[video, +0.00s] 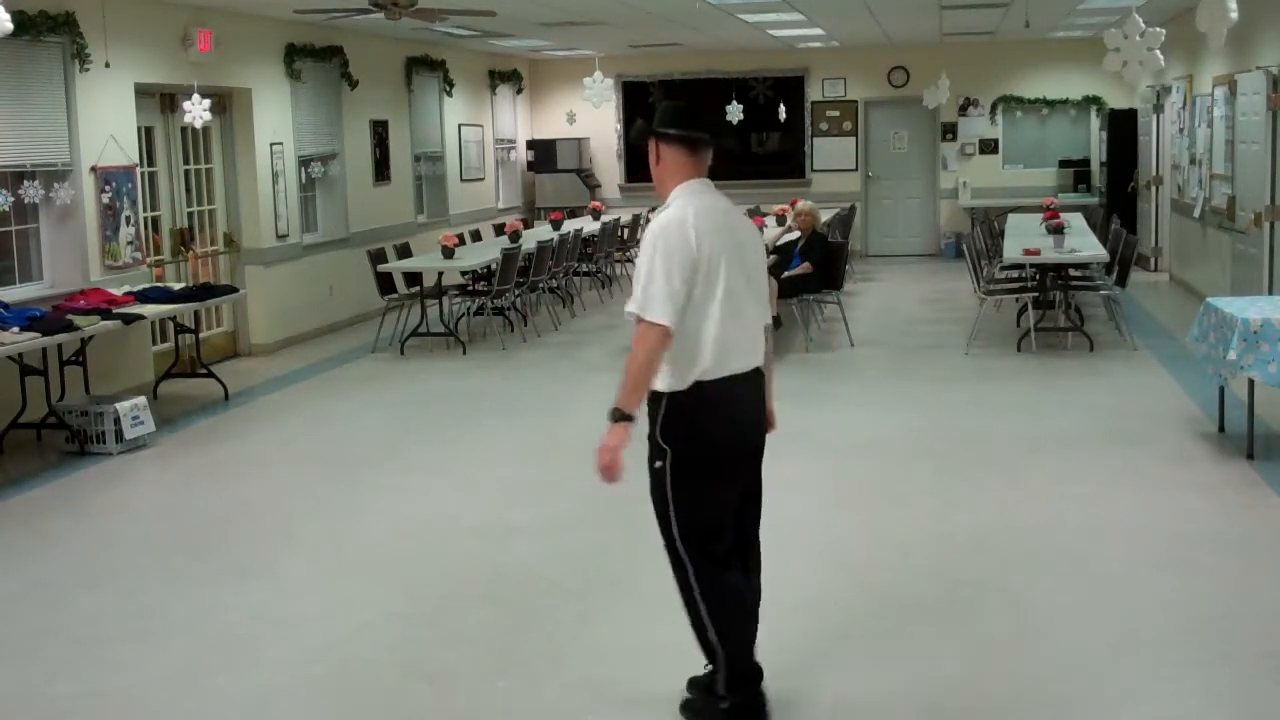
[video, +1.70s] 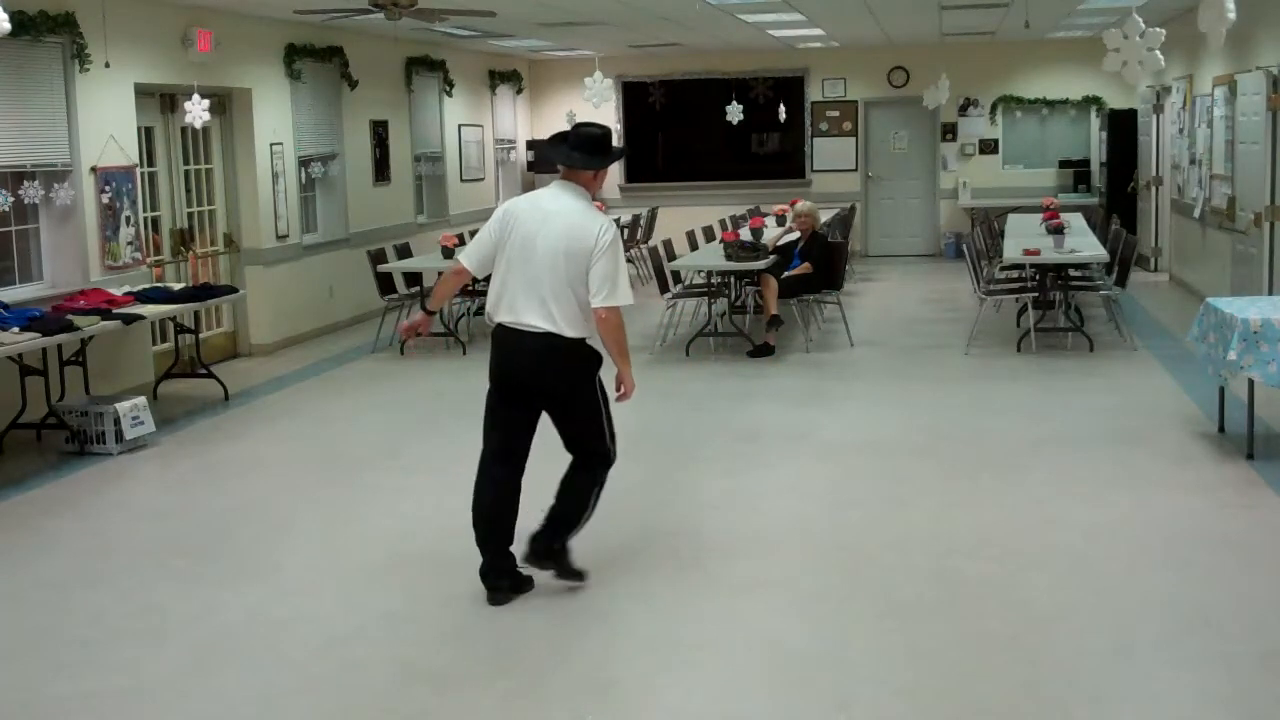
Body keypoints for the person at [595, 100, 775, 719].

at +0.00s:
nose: (650, 165)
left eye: (648, 155)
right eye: (652, 155)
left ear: (656, 154)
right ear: (708, 155)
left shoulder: (671, 226)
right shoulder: (741, 221)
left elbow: (654, 331)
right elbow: (763, 322)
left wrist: (619, 422)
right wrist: (765, 392)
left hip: (688, 406)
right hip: (743, 398)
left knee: (692, 544)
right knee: (737, 536)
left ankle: (737, 688)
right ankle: (733, 668)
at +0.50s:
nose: (644, 168)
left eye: (629, 160)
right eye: (661, 157)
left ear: (623, 163)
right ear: (675, 161)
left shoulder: (596, 234)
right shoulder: (715, 225)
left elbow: (586, 332)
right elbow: (751, 310)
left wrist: (623, 361)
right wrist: (787, 385)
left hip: (630, 394)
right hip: (702, 389)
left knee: (620, 507)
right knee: (695, 510)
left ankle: (667, 626)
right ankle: (679, 639)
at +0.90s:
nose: (646, 183)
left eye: (643, 177)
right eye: (644, 177)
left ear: (594, 177)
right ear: (637, 178)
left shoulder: (561, 238)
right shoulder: (650, 227)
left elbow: (556, 321)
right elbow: (676, 307)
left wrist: (578, 378)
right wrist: (721, 370)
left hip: (585, 384)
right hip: (649, 380)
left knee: (589, 496)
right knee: (670, 508)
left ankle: (580, 593)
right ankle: (673, 646)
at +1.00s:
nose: (633, 172)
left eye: (628, 163)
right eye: (631, 164)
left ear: (584, 166)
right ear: (623, 167)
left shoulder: (550, 224)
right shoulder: (632, 218)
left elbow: (539, 301)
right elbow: (647, 295)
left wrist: (579, 336)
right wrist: (690, 362)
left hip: (566, 369)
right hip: (626, 366)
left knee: (575, 484)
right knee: (649, 492)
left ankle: (579, 593)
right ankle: (647, 622)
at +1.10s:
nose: (620, 172)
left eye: (615, 163)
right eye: (620, 164)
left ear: (572, 162)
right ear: (615, 166)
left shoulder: (537, 219)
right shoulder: (616, 213)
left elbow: (520, 305)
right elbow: (626, 290)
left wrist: (518, 369)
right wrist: (663, 359)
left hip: (552, 361)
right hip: (607, 359)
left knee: (568, 481)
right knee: (629, 480)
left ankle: (574, 595)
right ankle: (586, 595)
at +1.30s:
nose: (606, 177)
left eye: (602, 169)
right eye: (605, 170)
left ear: (560, 167)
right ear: (597, 172)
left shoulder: (517, 219)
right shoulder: (603, 223)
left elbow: (476, 295)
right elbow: (611, 306)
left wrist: (455, 352)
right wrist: (630, 380)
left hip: (521, 362)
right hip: (576, 364)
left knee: (552, 476)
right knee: (558, 480)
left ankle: (570, 586)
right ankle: (492, 585)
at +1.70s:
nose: (608, 175)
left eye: (606, 166)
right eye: (607, 167)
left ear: (561, 164)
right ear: (597, 171)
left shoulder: (514, 209)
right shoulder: (599, 227)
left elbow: (462, 269)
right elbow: (603, 309)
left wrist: (426, 311)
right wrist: (622, 365)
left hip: (508, 351)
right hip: (566, 357)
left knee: (500, 460)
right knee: (595, 454)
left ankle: (499, 576)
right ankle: (550, 543)